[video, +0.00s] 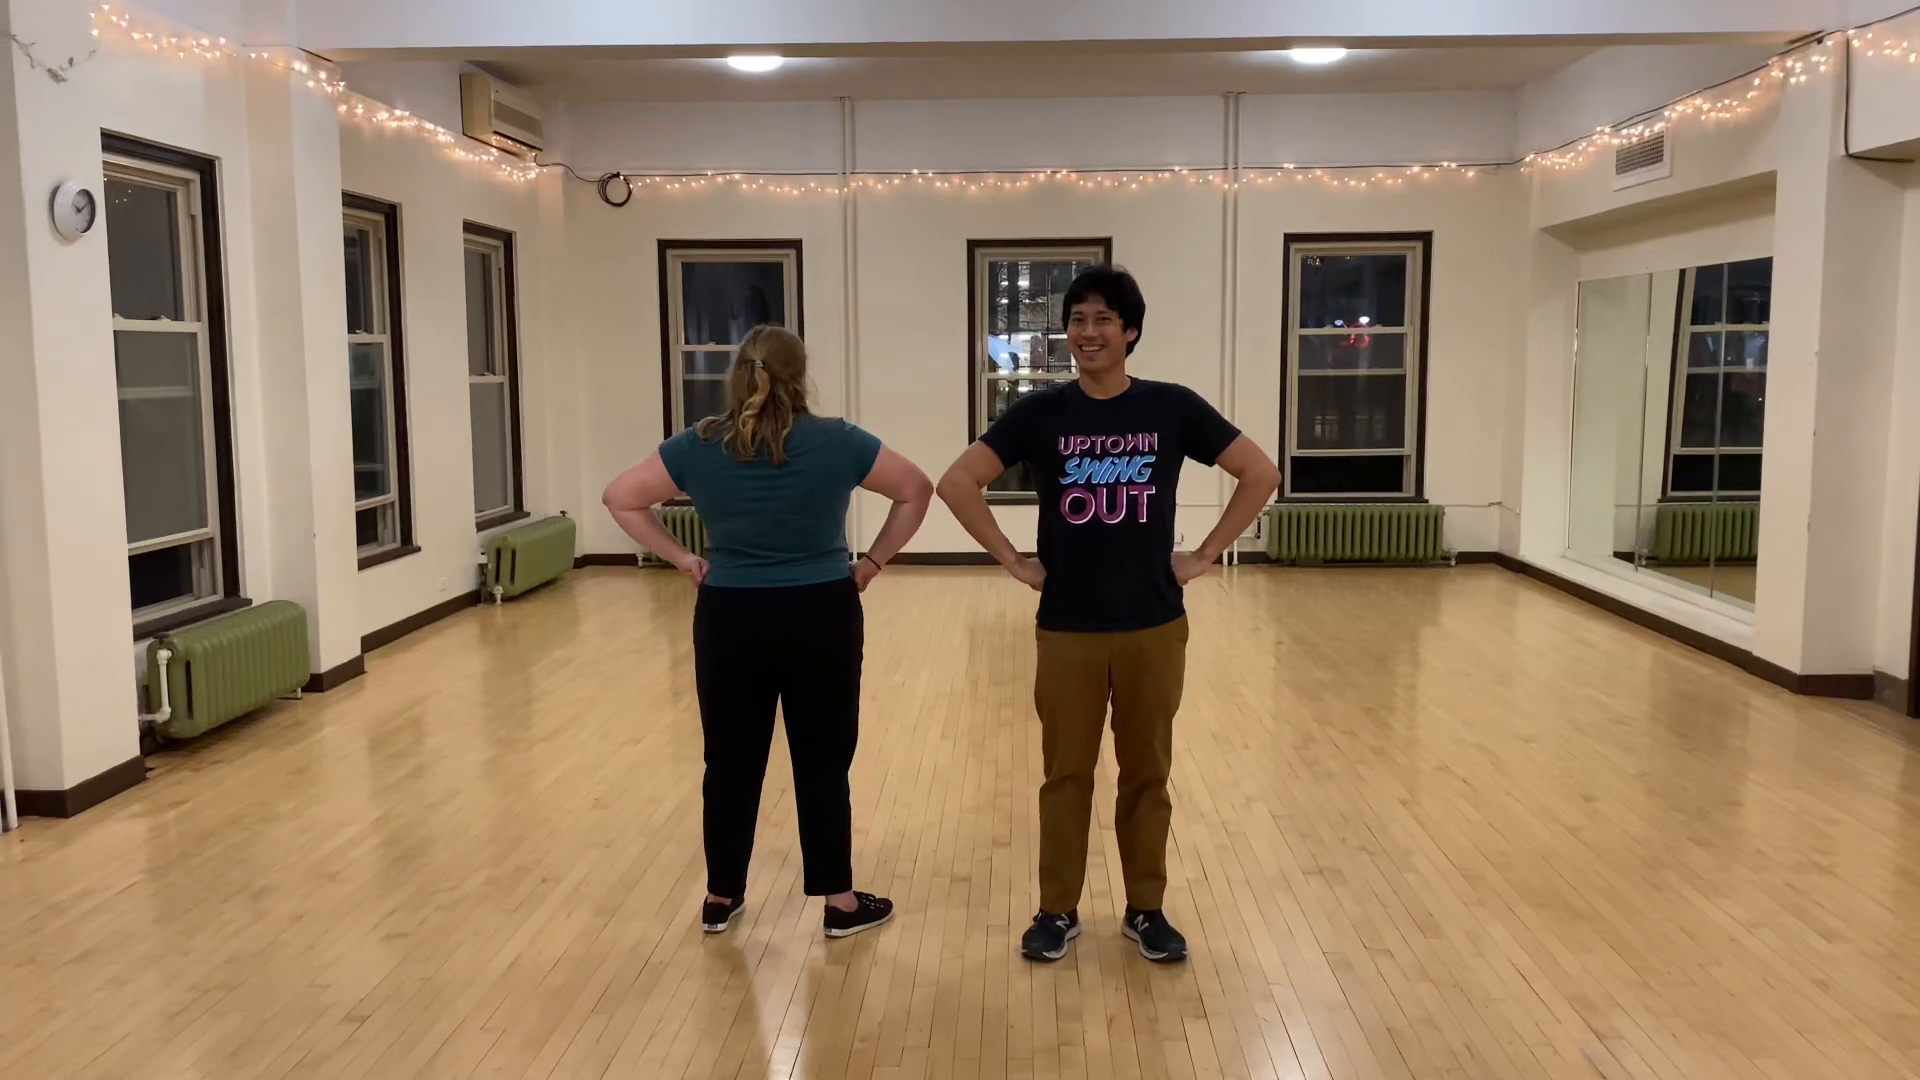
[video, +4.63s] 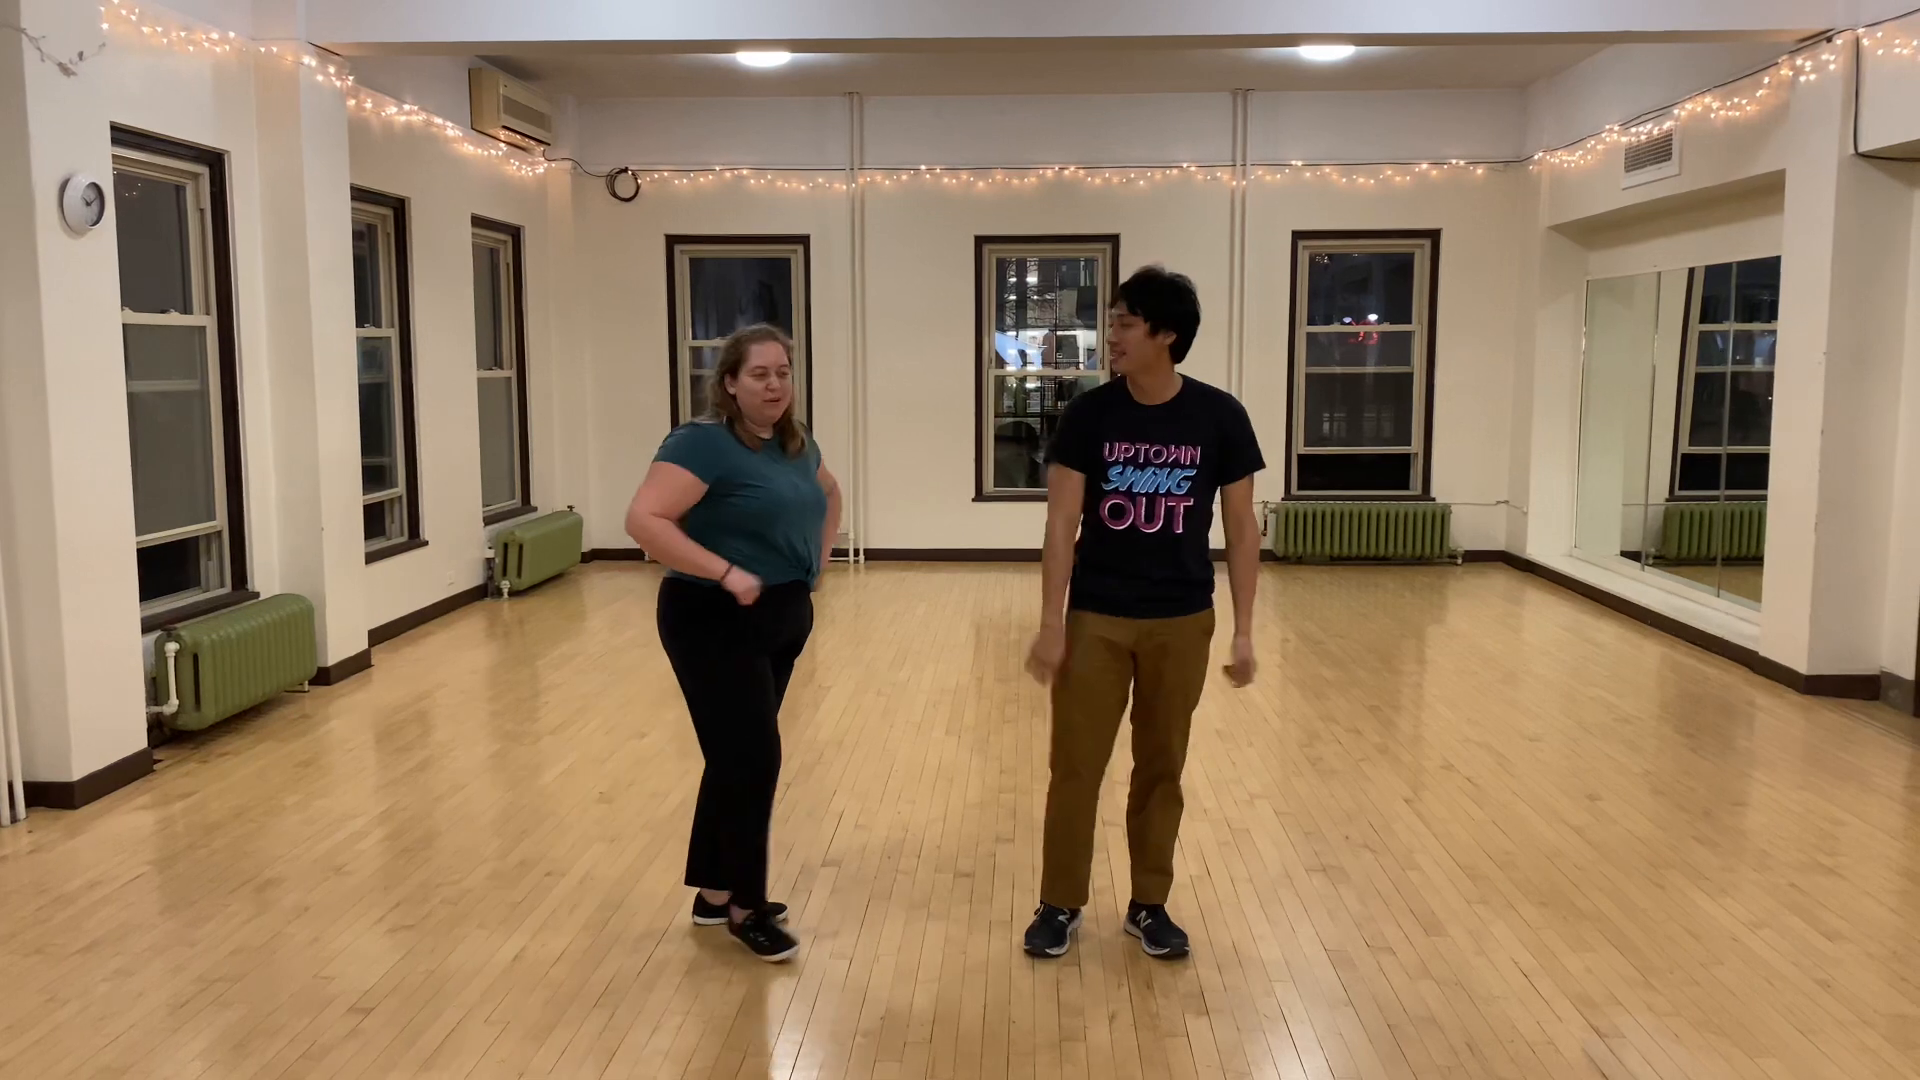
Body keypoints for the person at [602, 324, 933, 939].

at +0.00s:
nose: (801, 378)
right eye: (800, 370)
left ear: (737, 379)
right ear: (800, 379)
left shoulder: (700, 447)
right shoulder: (836, 442)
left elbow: (621, 498)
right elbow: (916, 490)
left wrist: (684, 560)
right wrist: (873, 561)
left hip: (729, 624)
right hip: (821, 621)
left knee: (730, 761)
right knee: (824, 762)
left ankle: (721, 897)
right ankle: (840, 899)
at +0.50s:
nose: (810, 391)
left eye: (808, 380)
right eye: (807, 382)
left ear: (742, 386)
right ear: (792, 388)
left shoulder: (696, 448)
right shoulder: (809, 444)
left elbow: (643, 497)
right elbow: (872, 500)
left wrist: (682, 553)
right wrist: (842, 576)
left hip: (705, 622)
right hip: (793, 622)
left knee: (724, 759)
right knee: (826, 758)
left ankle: (725, 895)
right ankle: (848, 894)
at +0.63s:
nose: (805, 390)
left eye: (806, 379)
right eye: (793, 379)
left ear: (746, 390)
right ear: (757, 385)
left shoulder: (720, 437)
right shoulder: (761, 434)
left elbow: (710, 521)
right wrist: (774, 569)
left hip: (685, 604)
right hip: (747, 607)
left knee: (719, 749)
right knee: (810, 736)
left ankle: (727, 892)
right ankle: (836, 881)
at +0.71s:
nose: (784, 386)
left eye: (793, 376)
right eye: (771, 375)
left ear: (800, 386)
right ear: (742, 382)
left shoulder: (762, 443)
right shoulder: (732, 431)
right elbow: (694, 479)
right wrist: (724, 562)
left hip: (705, 607)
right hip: (722, 611)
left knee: (719, 751)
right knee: (801, 733)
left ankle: (725, 891)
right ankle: (783, 877)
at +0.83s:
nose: (758, 383)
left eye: (770, 373)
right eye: (745, 372)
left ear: (786, 382)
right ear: (724, 380)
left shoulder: (788, 446)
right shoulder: (701, 431)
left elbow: (819, 505)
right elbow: (628, 478)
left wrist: (789, 551)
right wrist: (674, 565)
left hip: (753, 610)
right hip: (694, 606)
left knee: (728, 748)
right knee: (748, 742)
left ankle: (723, 887)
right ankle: (699, 892)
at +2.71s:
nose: (746, 370)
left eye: (744, 359)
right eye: (733, 362)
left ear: (733, 371)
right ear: (694, 375)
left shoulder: (761, 434)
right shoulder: (655, 437)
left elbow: (830, 485)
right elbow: (575, 496)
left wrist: (782, 550)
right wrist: (634, 577)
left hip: (750, 615)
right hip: (674, 620)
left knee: (735, 759)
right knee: (676, 770)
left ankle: (730, 888)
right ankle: (662, 921)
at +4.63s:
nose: (774, 385)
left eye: (782, 373)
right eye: (759, 374)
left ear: (792, 380)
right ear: (731, 382)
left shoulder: (794, 443)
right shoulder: (701, 443)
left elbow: (830, 492)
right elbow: (643, 519)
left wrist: (818, 558)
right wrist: (724, 570)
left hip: (776, 614)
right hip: (708, 615)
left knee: (737, 754)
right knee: (753, 757)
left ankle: (711, 892)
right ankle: (745, 906)